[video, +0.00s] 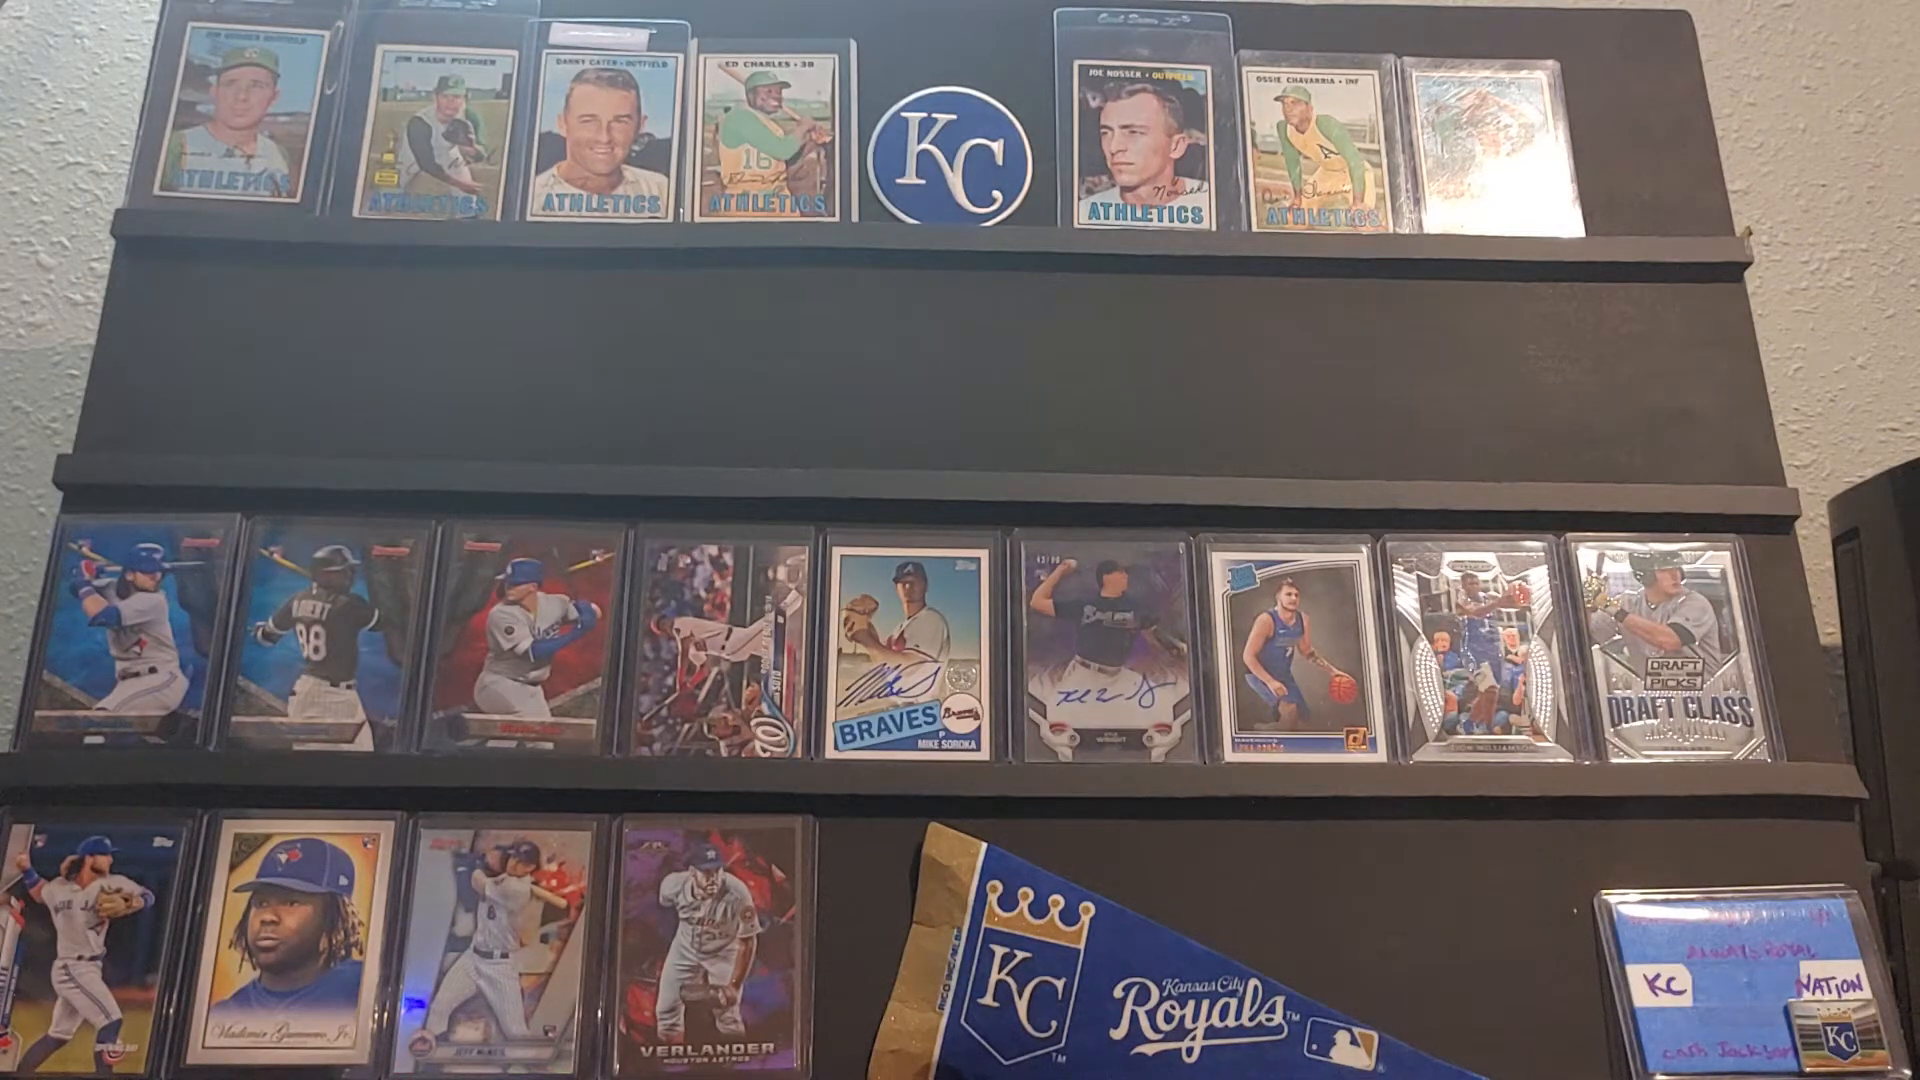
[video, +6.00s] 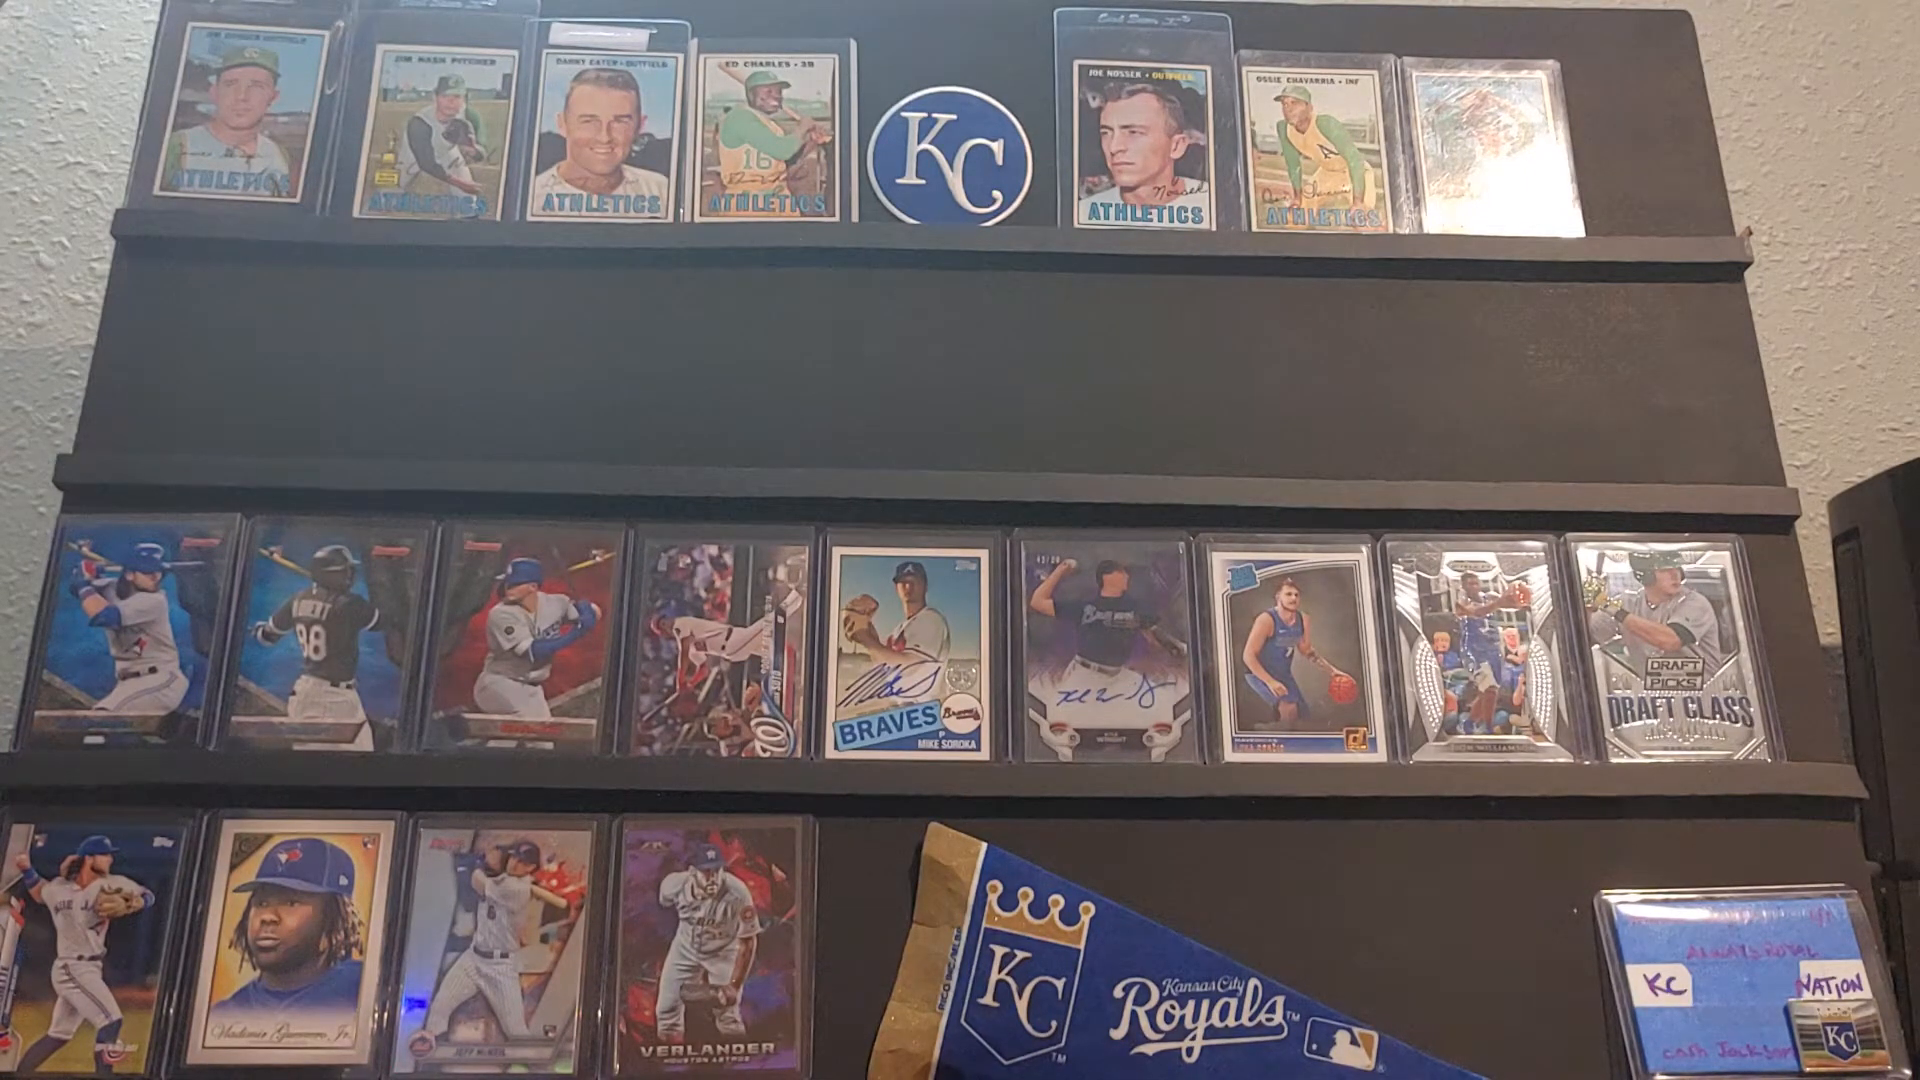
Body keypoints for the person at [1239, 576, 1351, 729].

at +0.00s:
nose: (1293, 599)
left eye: (1296, 595)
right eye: (1288, 595)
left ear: (1299, 598)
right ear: (1278, 598)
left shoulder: (1302, 619)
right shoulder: (1265, 620)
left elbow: (1307, 651)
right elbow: (1248, 656)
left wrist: (1333, 671)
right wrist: (1270, 682)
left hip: (1283, 673)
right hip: (1260, 673)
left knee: (1302, 716)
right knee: (1289, 707)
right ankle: (1284, 750)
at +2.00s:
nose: (1294, 599)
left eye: (1296, 595)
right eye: (1288, 595)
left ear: (1299, 598)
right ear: (1278, 598)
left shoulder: (1302, 619)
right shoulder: (1266, 620)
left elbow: (1307, 650)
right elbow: (1248, 656)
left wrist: (1333, 671)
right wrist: (1270, 681)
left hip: (1283, 673)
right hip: (1260, 673)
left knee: (1302, 713)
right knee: (1289, 707)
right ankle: (1281, 750)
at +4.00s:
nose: (1293, 599)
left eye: (1296, 595)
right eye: (1288, 594)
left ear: (1300, 598)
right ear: (1278, 598)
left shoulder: (1302, 619)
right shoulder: (1266, 620)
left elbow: (1307, 651)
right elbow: (1248, 656)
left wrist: (1332, 671)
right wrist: (1270, 681)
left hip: (1283, 672)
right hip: (1260, 672)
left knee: (1301, 713)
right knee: (1289, 706)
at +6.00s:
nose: (1293, 599)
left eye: (1296, 595)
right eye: (1288, 594)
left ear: (1300, 598)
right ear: (1278, 598)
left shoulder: (1302, 619)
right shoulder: (1266, 620)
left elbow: (1306, 650)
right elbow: (1248, 656)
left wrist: (1333, 671)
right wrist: (1271, 682)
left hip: (1284, 674)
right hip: (1260, 673)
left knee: (1302, 712)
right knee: (1288, 705)